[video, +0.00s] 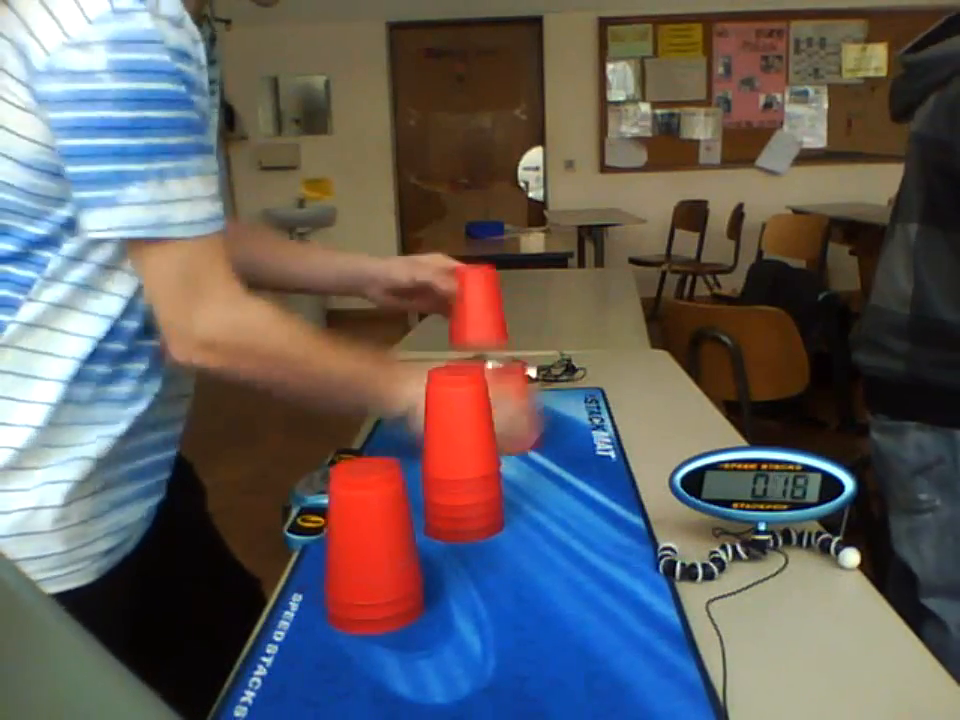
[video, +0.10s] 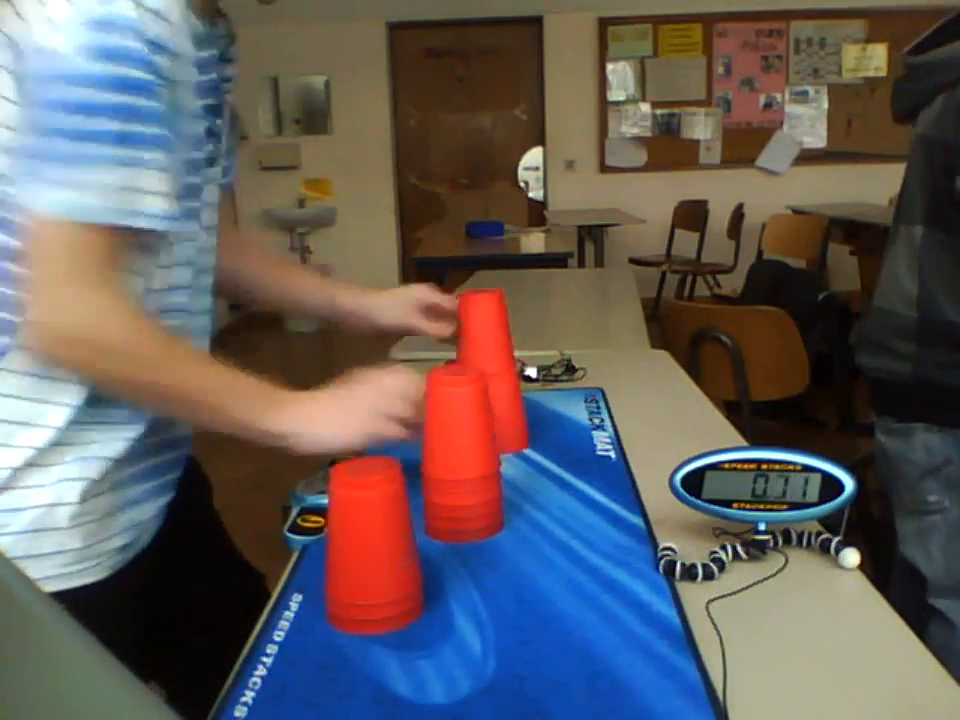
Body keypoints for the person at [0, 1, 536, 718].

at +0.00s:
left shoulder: (153, 30)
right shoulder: (120, 36)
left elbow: (201, 234)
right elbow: (202, 323)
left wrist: (375, 277)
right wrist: (422, 392)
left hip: (135, 484)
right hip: (60, 541)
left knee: (270, 674)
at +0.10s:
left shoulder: (197, 32)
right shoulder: (102, 28)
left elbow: (212, 247)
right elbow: (68, 316)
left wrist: (368, 306)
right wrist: (296, 414)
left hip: (155, 492)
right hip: (55, 544)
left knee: (275, 679)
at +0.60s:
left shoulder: (234, 37)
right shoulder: (53, 17)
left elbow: (217, 261)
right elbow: (29, 296)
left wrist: (384, 338)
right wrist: (362, 330)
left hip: (156, 511)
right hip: (37, 568)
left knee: (289, 695)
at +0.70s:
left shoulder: (230, 45)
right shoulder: (54, 18)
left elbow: (232, 265)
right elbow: (39, 313)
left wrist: (399, 325)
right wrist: (378, 304)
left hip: (154, 508)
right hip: (38, 564)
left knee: (278, 687)